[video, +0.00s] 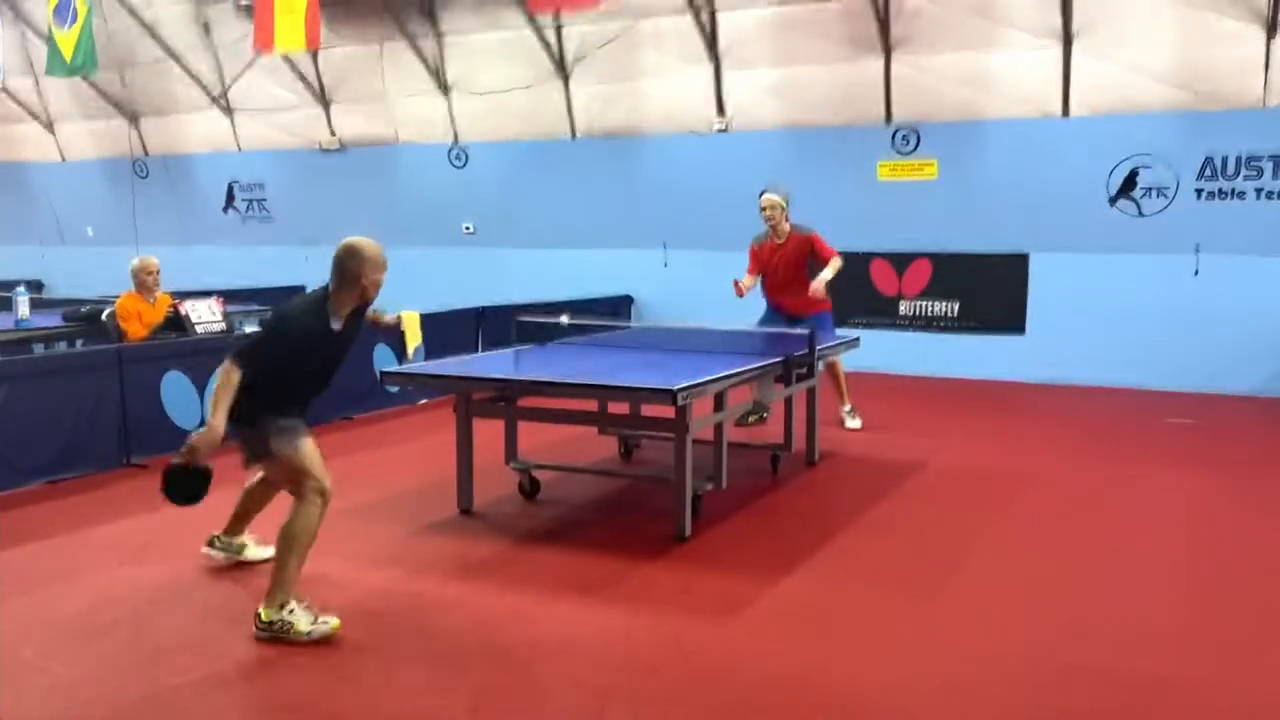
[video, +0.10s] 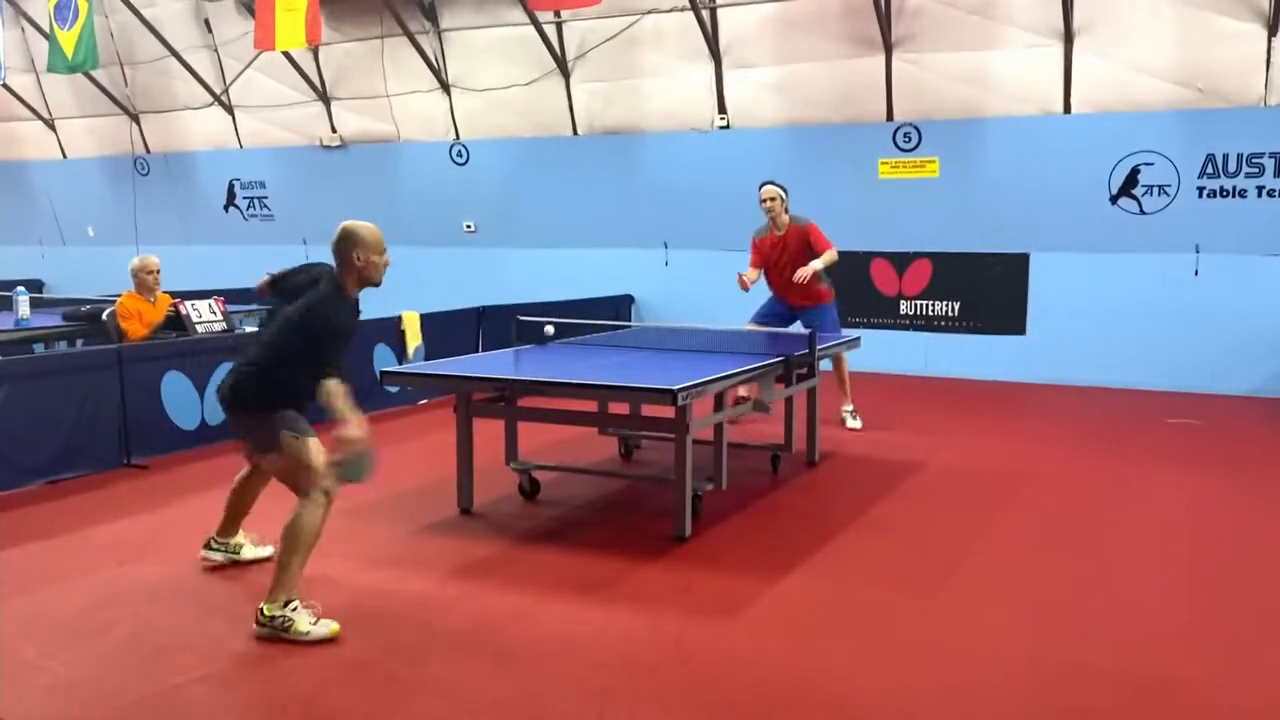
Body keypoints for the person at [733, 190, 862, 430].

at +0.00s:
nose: (768, 214)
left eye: (773, 208)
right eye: (764, 209)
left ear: (785, 211)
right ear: (760, 213)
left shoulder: (806, 238)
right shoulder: (759, 244)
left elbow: (836, 260)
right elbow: (752, 274)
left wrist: (822, 279)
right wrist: (744, 286)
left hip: (815, 311)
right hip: (778, 311)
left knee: (828, 354)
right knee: (755, 349)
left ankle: (847, 407)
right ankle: (759, 405)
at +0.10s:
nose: (768, 205)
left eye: (773, 199)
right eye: (764, 201)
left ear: (784, 201)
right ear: (760, 206)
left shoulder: (804, 227)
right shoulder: (760, 236)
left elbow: (832, 253)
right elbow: (755, 268)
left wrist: (813, 266)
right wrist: (747, 279)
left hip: (817, 301)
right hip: (783, 301)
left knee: (837, 350)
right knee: (751, 334)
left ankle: (848, 406)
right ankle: (743, 395)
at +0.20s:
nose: (767, 202)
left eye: (771, 196)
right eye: (762, 198)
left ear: (782, 198)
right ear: (759, 203)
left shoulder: (801, 223)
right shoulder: (759, 234)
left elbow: (825, 251)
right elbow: (755, 267)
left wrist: (805, 266)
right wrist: (747, 278)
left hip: (817, 296)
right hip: (782, 297)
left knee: (839, 343)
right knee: (750, 333)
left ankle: (862, 400)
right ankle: (738, 387)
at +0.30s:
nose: (761, 212)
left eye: (766, 207)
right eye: (756, 209)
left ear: (777, 208)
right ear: (754, 213)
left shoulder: (797, 234)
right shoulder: (760, 245)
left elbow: (819, 260)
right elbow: (755, 279)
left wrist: (804, 283)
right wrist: (730, 290)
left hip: (813, 310)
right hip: (781, 309)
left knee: (838, 357)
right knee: (747, 341)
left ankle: (877, 403)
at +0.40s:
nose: (750, 229)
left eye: (754, 223)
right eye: (747, 225)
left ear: (768, 223)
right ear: (747, 229)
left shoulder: (785, 249)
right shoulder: (757, 258)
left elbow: (813, 272)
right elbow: (743, 285)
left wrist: (807, 301)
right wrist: (713, 294)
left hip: (807, 322)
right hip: (776, 321)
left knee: (832, 368)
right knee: (731, 346)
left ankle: (878, 407)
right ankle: (726, 393)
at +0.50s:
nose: (739, 233)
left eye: (743, 228)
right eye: (736, 229)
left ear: (757, 228)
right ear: (737, 232)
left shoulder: (775, 253)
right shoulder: (744, 264)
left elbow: (804, 274)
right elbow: (724, 285)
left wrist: (804, 304)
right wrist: (692, 287)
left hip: (796, 328)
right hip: (769, 330)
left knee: (829, 366)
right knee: (727, 346)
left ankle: (877, 407)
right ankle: (728, 393)